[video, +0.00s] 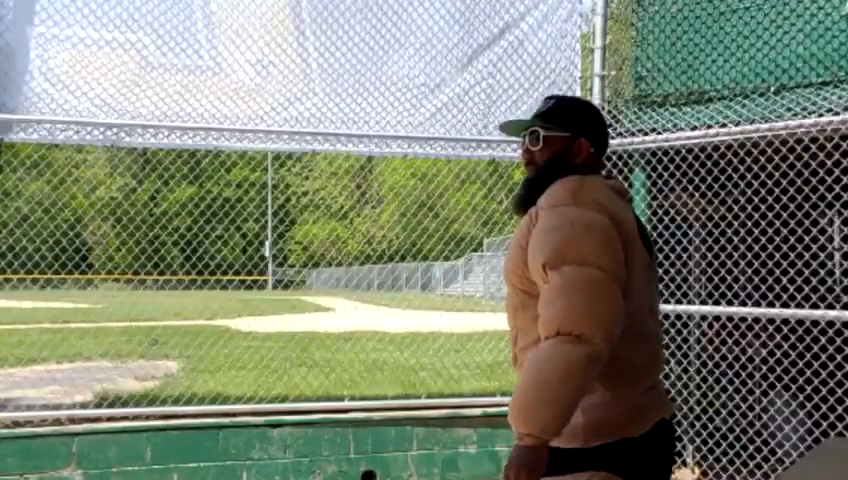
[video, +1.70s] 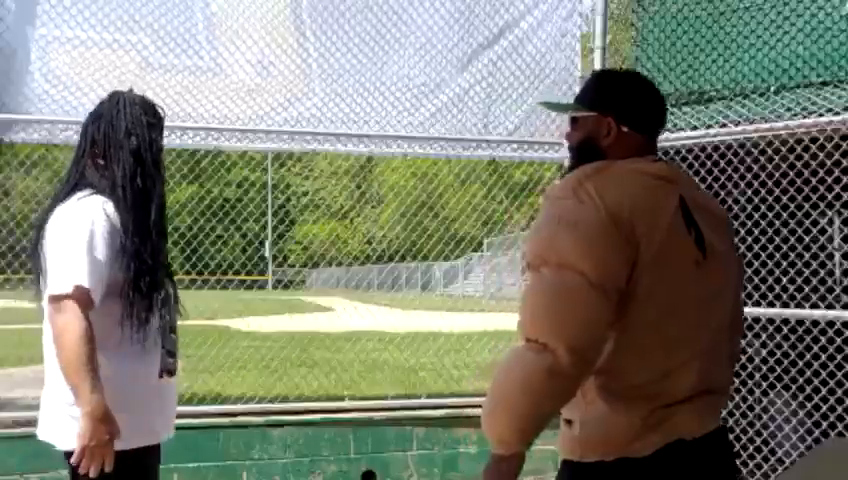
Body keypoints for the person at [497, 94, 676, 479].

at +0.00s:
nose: (525, 150)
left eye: (539, 137)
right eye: (527, 138)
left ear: (581, 149)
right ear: (583, 152)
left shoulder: (572, 205)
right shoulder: (596, 200)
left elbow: (577, 330)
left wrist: (530, 434)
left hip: (595, 441)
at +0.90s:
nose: (509, 137)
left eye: (520, 124)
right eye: (512, 124)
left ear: (557, 130)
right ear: (565, 132)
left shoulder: (547, 200)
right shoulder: (621, 194)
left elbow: (538, 345)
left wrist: (487, 455)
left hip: (587, 456)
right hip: (656, 440)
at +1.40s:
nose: (543, 135)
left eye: (553, 123)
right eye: (546, 123)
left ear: (587, 128)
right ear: (621, 133)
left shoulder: (569, 200)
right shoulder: (676, 201)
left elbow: (535, 345)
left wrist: (482, 447)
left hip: (597, 452)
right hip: (685, 435)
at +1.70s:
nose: (567, 135)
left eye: (576, 122)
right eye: (570, 122)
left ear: (610, 127)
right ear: (646, 133)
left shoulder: (591, 197)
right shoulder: (700, 201)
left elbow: (556, 343)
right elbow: (727, 329)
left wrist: (507, 446)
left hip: (615, 455)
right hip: (705, 444)